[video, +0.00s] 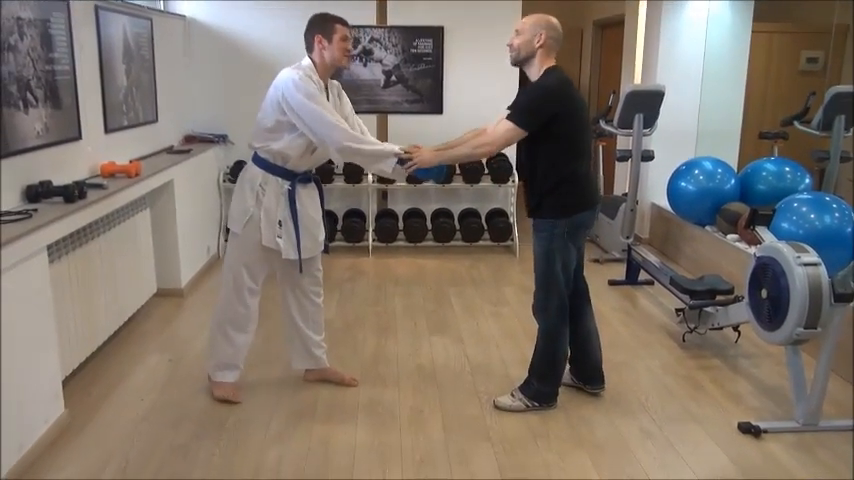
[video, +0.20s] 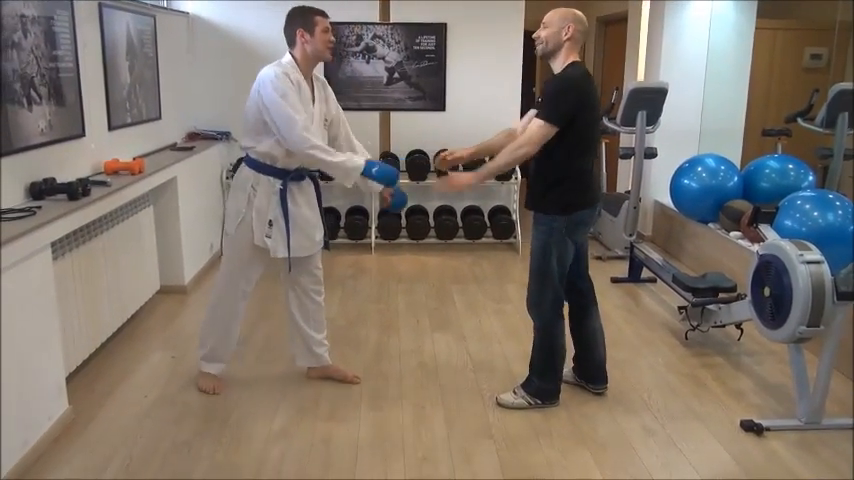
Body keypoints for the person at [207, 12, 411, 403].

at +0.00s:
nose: (350, 49)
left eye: (351, 42)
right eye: (344, 41)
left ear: (331, 46)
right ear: (319, 44)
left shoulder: (335, 91)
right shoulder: (293, 82)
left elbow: (362, 139)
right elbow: (338, 140)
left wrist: (401, 167)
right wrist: (398, 155)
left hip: (303, 192)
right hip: (264, 187)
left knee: (307, 278)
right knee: (244, 281)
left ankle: (314, 364)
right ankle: (223, 372)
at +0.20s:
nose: (333, 40)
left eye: (332, 33)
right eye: (326, 32)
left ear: (311, 39)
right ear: (301, 37)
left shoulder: (321, 87)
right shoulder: (273, 79)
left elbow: (346, 143)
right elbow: (299, 143)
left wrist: (380, 186)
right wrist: (362, 170)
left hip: (300, 189)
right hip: (258, 187)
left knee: (308, 276)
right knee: (237, 278)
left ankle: (317, 360)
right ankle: (210, 366)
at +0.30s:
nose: (321, 40)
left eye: (319, 34)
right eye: (314, 34)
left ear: (299, 39)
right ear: (290, 37)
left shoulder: (310, 87)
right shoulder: (259, 80)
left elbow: (331, 148)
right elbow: (268, 149)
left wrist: (354, 199)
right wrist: (325, 186)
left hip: (298, 191)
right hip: (256, 191)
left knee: (307, 278)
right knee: (234, 277)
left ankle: (318, 361)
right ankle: (212, 366)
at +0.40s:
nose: (311, 42)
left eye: (309, 36)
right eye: (304, 35)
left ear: (284, 41)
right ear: (279, 40)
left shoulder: (303, 90)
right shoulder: (245, 85)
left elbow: (309, 153)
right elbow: (244, 155)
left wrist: (316, 205)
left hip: (290, 193)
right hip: (247, 195)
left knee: (306, 281)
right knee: (229, 285)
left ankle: (319, 363)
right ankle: (212, 369)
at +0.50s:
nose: (302, 47)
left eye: (301, 40)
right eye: (296, 40)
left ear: (276, 45)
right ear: (271, 44)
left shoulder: (293, 92)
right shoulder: (235, 89)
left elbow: (282, 154)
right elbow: (218, 157)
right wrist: (211, 221)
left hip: (281, 196)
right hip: (239, 197)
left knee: (303, 284)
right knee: (225, 289)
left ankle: (318, 365)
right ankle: (211, 371)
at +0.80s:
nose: (304, 55)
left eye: (304, 48)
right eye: (298, 48)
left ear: (280, 51)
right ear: (273, 50)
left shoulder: (296, 95)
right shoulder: (233, 92)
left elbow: (307, 152)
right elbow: (196, 152)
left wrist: (325, 196)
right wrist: (194, 207)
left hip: (281, 201)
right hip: (236, 201)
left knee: (297, 286)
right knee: (221, 291)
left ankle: (307, 369)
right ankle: (213, 376)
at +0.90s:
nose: (312, 60)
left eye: (312, 53)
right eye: (306, 52)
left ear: (292, 55)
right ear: (280, 52)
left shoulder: (309, 100)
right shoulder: (240, 92)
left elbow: (324, 155)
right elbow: (210, 155)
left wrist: (353, 197)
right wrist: (228, 203)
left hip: (283, 202)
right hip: (238, 200)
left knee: (298, 289)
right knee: (223, 291)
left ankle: (310, 371)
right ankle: (213, 377)